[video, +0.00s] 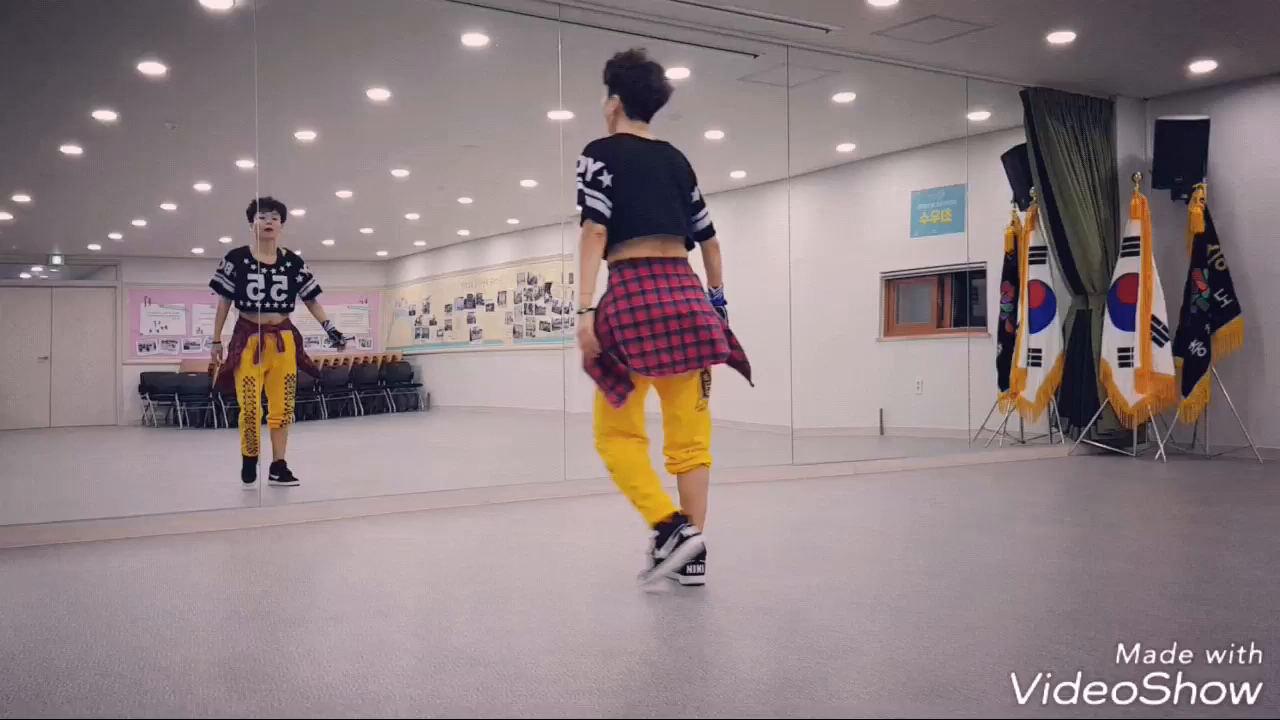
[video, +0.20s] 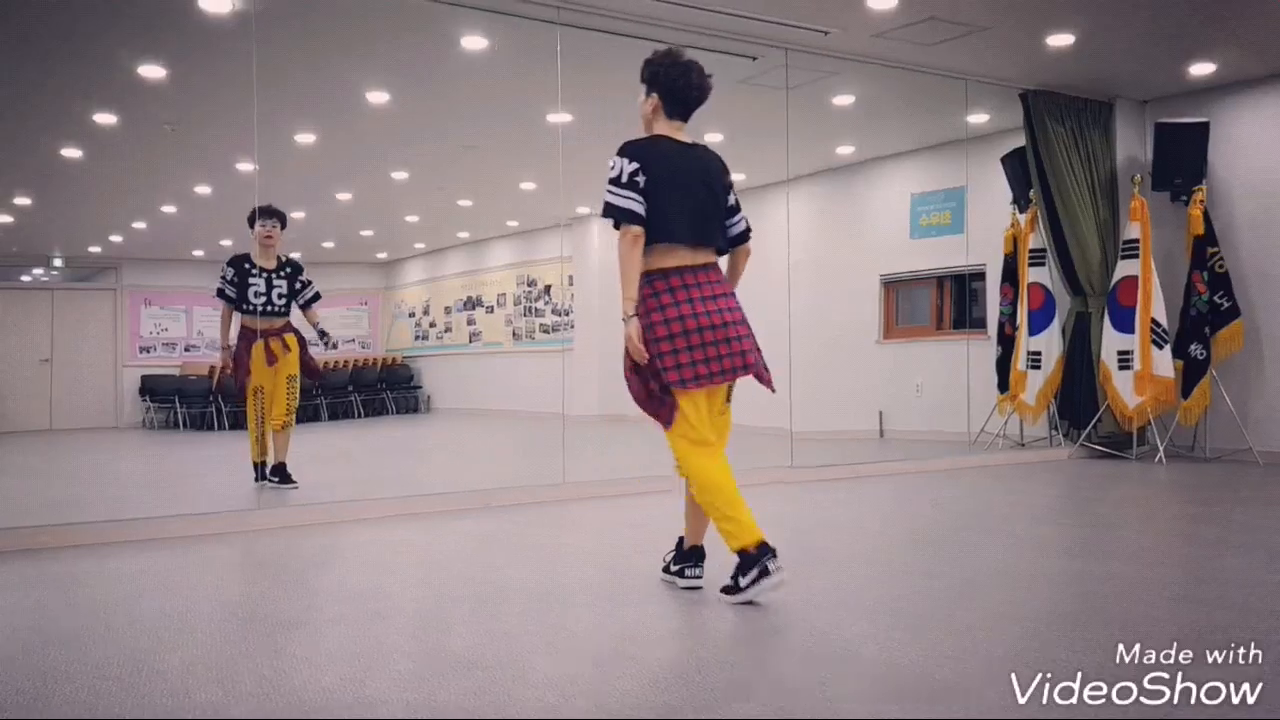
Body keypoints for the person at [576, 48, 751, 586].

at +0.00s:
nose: (603, 106)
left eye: (605, 98)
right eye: (607, 98)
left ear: (613, 103)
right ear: (654, 107)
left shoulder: (600, 155)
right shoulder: (677, 160)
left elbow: (594, 232)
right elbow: (707, 240)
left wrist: (584, 310)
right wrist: (717, 302)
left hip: (627, 298)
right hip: (686, 296)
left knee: (617, 434)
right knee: (690, 428)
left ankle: (667, 524)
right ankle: (693, 553)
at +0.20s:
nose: (639, 102)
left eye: (641, 94)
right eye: (642, 94)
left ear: (652, 99)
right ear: (691, 106)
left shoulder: (635, 155)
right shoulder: (712, 163)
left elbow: (631, 235)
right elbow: (740, 244)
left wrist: (630, 315)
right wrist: (720, 301)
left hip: (664, 301)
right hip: (715, 298)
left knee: (689, 439)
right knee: (710, 433)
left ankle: (752, 550)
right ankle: (690, 551)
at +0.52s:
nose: (675, 114)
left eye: (677, 105)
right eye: (678, 105)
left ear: (687, 109)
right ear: (729, 114)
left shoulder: (676, 165)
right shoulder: (753, 170)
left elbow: (660, 253)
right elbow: (776, 255)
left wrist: (639, 325)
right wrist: (750, 307)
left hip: (705, 316)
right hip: (759, 314)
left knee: (725, 459)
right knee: (730, 450)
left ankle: (764, 590)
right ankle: (757, 543)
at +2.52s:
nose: (682, 142)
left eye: (684, 132)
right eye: (686, 132)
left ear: (695, 138)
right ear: (738, 141)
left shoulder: (693, 198)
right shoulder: (756, 203)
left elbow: (681, 278)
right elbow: (767, 291)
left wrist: (662, 317)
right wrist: (747, 339)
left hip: (708, 339)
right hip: (756, 342)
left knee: (703, 490)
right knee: (742, 491)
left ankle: (730, 617)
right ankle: (763, 607)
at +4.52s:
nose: (676, 128)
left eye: (676, 120)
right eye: (680, 120)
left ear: (683, 124)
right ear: (731, 127)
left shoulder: (655, 182)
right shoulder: (753, 189)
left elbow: (631, 270)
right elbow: (763, 280)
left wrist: (622, 341)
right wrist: (750, 340)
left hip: (671, 334)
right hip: (738, 334)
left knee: (678, 477)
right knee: (742, 461)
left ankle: (704, 603)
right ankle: (744, 586)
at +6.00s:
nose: (683, 124)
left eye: (685, 115)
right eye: (688, 115)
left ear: (694, 121)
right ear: (739, 125)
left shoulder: (691, 179)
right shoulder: (757, 185)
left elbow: (671, 260)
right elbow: (777, 265)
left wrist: (658, 284)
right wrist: (747, 313)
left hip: (706, 321)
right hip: (754, 325)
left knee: (688, 470)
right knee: (733, 476)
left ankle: (726, 589)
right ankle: (768, 583)